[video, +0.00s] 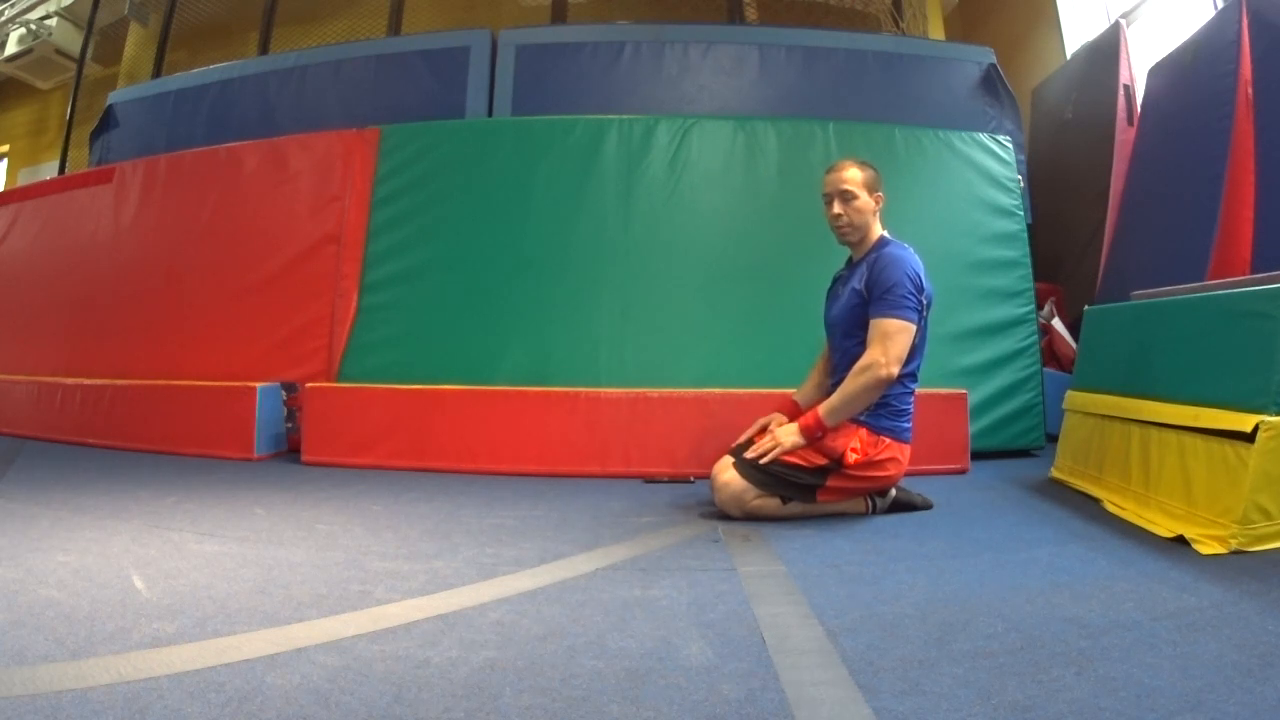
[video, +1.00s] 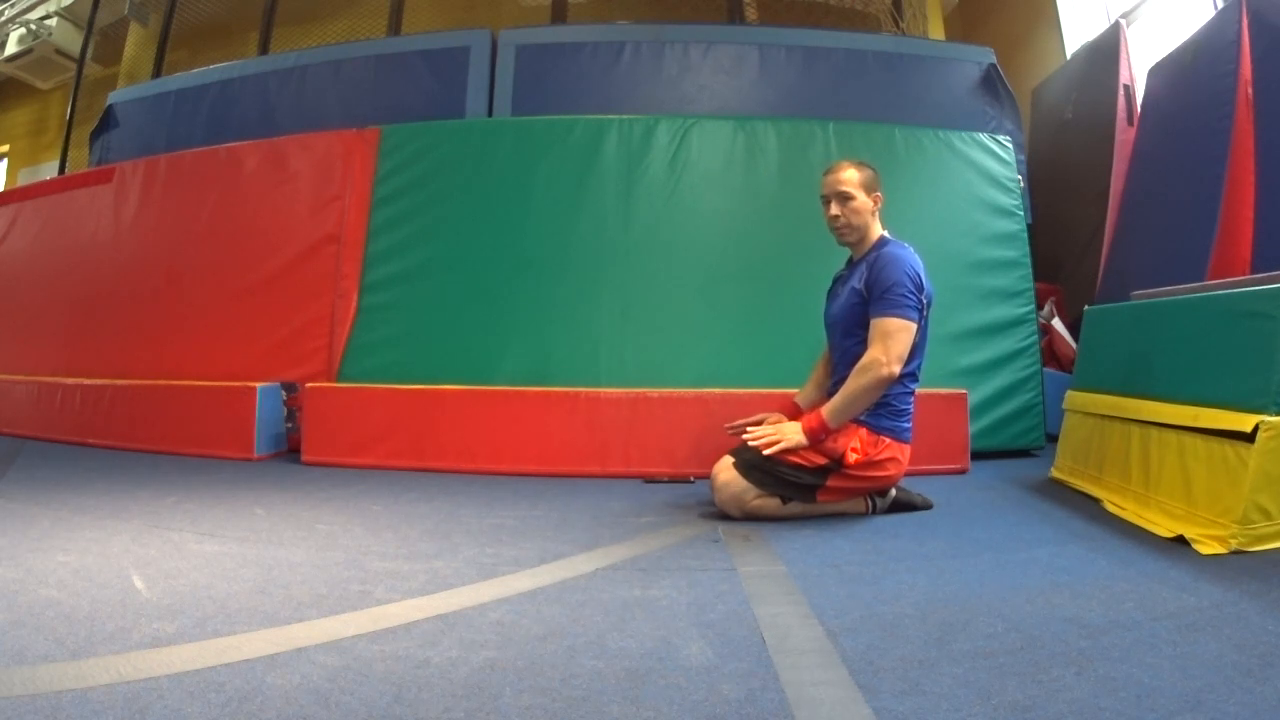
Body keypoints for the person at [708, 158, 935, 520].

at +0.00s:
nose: (835, 211)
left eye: (847, 198)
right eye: (828, 201)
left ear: (877, 202)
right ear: (823, 207)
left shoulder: (895, 263)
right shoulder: (848, 276)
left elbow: (882, 366)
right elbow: (832, 362)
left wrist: (805, 429)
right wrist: (788, 414)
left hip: (872, 444)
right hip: (844, 433)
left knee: (734, 493)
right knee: (724, 474)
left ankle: (869, 502)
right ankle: (859, 489)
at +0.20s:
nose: (835, 211)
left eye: (847, 197)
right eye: (828, 201)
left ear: (877, 202)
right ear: (823, 208)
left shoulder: (895, 263)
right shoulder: (848, 276)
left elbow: (882, 366)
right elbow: (832, 363)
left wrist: (805, 429)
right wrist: (788, 414)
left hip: (872, 444)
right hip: (844, 433)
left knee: (734, 493)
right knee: (724, 474)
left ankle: (869, 502)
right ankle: (859, 489)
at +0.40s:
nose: (831, 212)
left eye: (843, 199)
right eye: (826, 202)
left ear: (875, 202)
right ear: (821, 207)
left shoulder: (894, 263)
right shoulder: (849, 275)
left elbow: (882, 366)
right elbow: (833, 362)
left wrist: (806, 429)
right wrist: (788, 415)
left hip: (873, 445)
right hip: (846, 435)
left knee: (734, 492)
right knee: (725, 473)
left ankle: (869, 502)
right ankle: (861, 491)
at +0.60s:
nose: (832, 211)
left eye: (844, 198)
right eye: (826, 202)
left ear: (875, 201)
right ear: (821, 208)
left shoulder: (894, 263)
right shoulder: (848, 276)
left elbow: (883, 366)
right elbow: (833, 364)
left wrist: (810, 428)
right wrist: (790, 417)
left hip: (872, 445)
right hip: (846, 435)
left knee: (734, 494)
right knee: (724, 474)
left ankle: (869, 502)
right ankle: (861, 491)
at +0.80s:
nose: (833, 212)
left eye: (844, 198)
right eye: (827, 202)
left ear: (876, 201)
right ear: (822, 208)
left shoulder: (894, 262)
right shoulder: (849, 274)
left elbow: (883, 365)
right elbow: (833, 360)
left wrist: (808, 429)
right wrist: (790, 415)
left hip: (873, 445)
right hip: (847, 436)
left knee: (734, 492)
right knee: (725, 473)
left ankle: (869, 502)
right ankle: (863, 491)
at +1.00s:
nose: (833, 212)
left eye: (845, 198)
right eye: (827, 202)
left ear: (876, 201)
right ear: (822, 208)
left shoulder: (895, 263)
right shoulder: (850, 274)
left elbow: (884, 365)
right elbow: (834, 360)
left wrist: (809, 429)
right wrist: (791, 414)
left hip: (872, 445)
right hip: (847, 435)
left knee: (734, 493)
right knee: (725, 474)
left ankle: (869, 502)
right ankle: (863, 491)